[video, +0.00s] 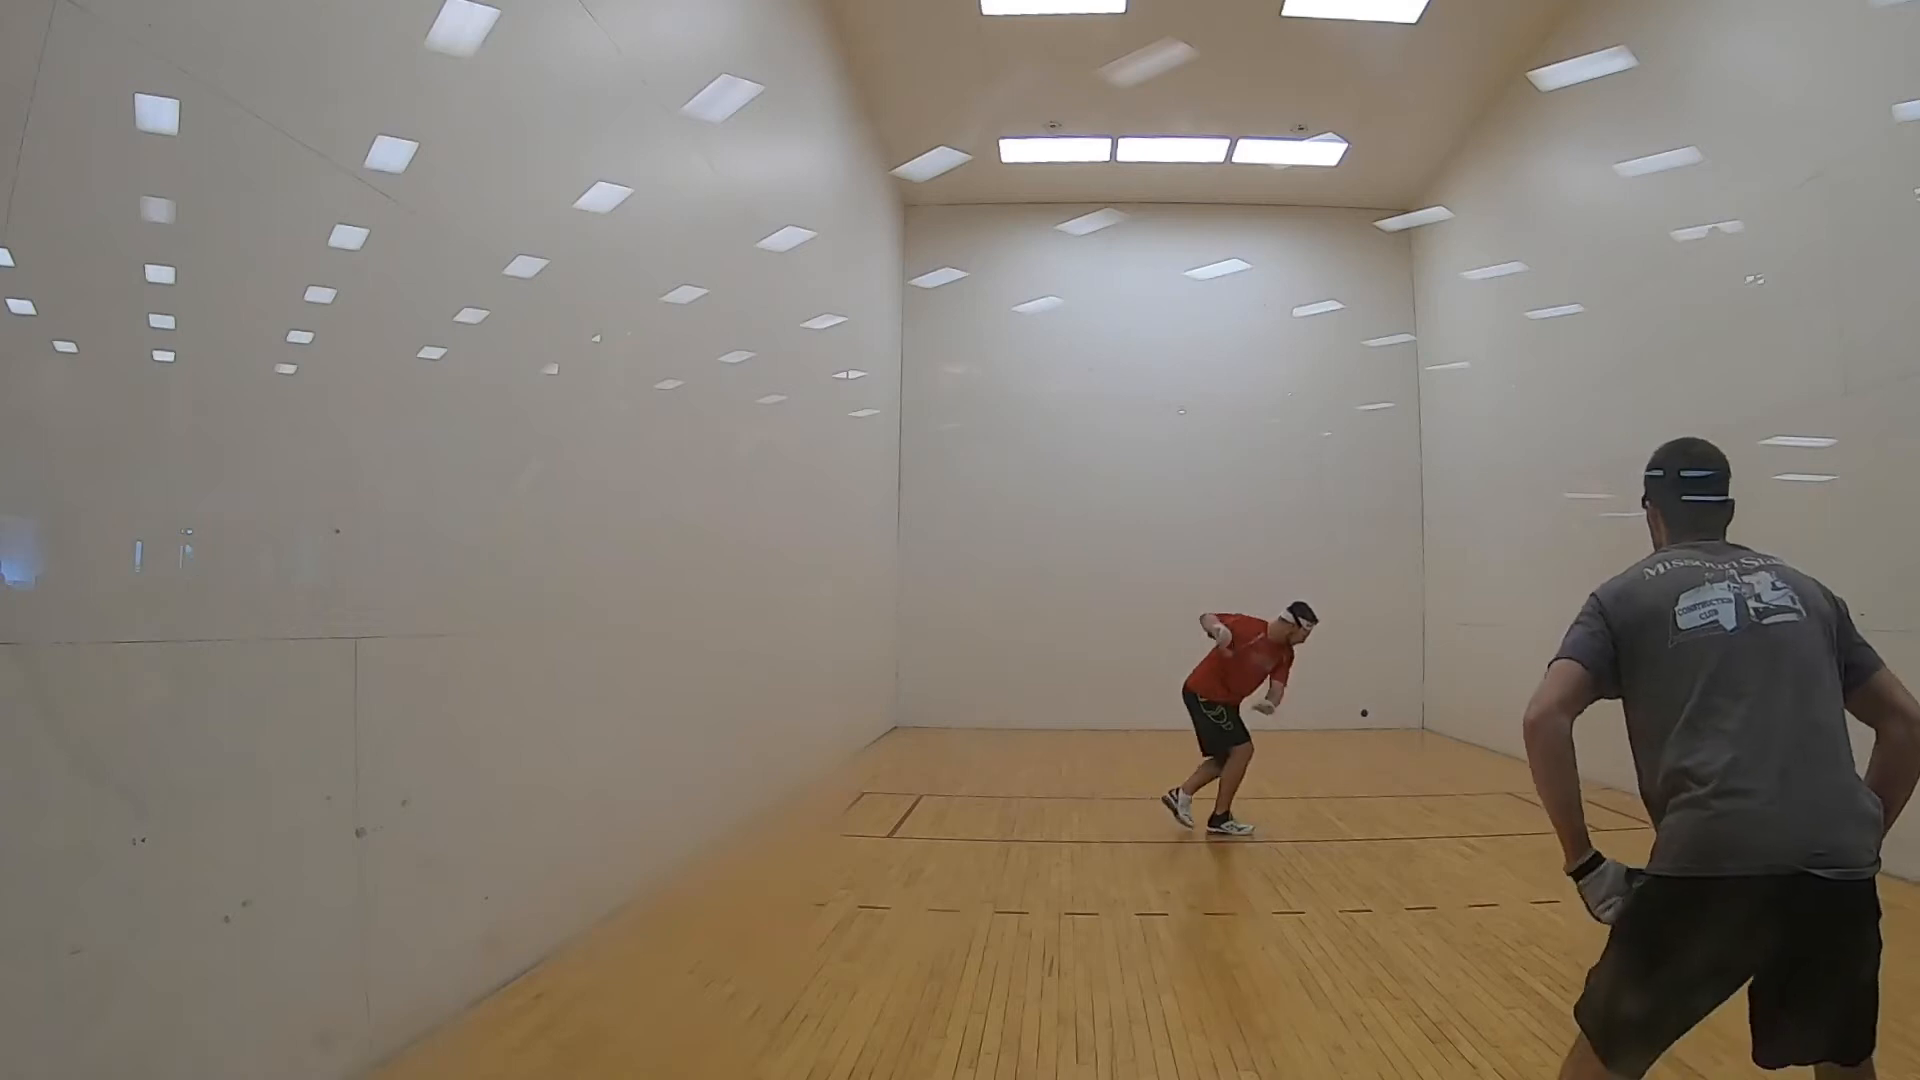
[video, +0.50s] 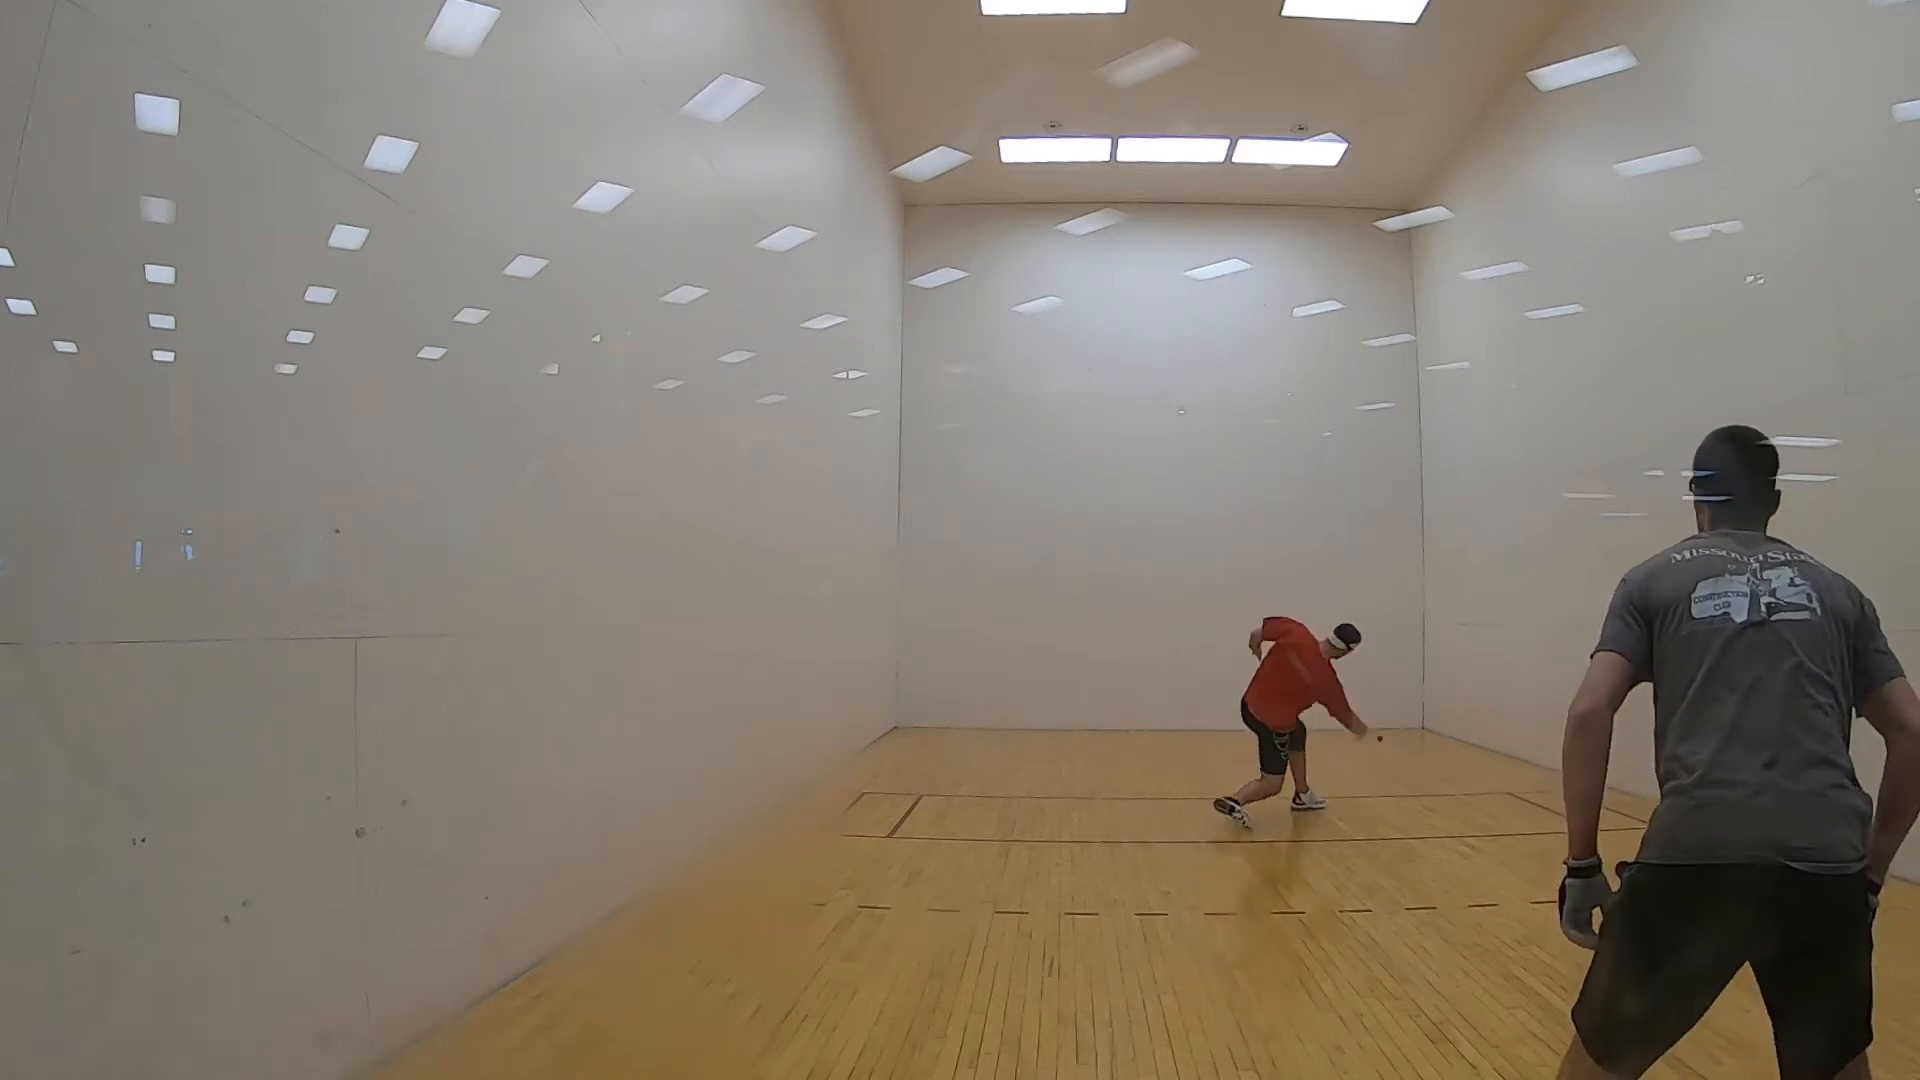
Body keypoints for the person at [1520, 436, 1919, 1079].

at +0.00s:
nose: (1649, 522)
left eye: (1647, 511)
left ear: (1655, 516)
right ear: (1730, 512)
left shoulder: (1624, 596)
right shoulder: (1808, 589)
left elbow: (1546, 717)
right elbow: (1904, 723)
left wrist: (1584, 863)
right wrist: (1856, 841)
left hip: (1709, 866)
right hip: (1839, 866)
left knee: (1600, 1056)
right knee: (1848, 1061)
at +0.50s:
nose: (1700, 504)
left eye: (1698, 495)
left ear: (1699, 500)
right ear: (1773, 502)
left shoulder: (1653, 579)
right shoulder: (1837, 590)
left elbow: (1589, 710)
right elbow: (1911, 731)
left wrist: (1582, 860)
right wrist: (1873, 870)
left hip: (1693, 863)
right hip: (1826, 871)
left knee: (1596, 1056)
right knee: (1839, 1064)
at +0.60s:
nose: (1707, 499)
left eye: (1705, 491)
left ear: (1709, 495)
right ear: (1785, 500)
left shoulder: (1656, 576)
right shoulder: (1844, 590)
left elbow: (1592, 710)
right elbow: (1910, 738)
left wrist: (1589, 856)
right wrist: (1873, 874)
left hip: (1687, 859)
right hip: (1822, 867)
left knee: (1598, 1056)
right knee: (1839, 1063)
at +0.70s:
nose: (1728, 504)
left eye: (1726, 495)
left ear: (1730, 501)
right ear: (1807, 507)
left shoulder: (1671, 584)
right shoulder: (1861, 600)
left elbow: (1605, 720)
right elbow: (1911, 745)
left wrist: (1610, 853)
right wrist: (1885, 878)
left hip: (1692, 863)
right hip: (1828, 872)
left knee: (1602, 1054)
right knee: (1849, 1054)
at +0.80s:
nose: (1773, 519)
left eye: (1772, 509)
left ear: (1773, 517)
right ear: (1848, 521)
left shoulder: (1709, 596)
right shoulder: (1894, 616)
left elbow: (1641, 731)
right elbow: (1915, 745)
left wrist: (1652, 839)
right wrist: (1916, 874)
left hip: (1708, 868)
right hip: (1843, 883)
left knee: (1612, 1056)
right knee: (1875, 1044)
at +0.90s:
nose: (1833, 515)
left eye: (1830, 505)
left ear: (1830, 513)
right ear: (1905, 521)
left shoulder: (1767, 598)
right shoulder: (1915, 605)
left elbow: (1696, 724)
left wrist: (1712, 810)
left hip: (1746, 869)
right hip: (1880, 882)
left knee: (1649, 1058)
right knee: (1897, 1055)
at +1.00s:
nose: (1877, 511)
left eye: (1875, 502)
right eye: (1885, 501)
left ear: (1877, 510)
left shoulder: (1817, 594)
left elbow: (1737, 707)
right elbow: (1738, 705)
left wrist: (1760, 794)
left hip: (1790, 860)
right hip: (1903, 873)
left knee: (1702, 1041)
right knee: (1909, 1057)